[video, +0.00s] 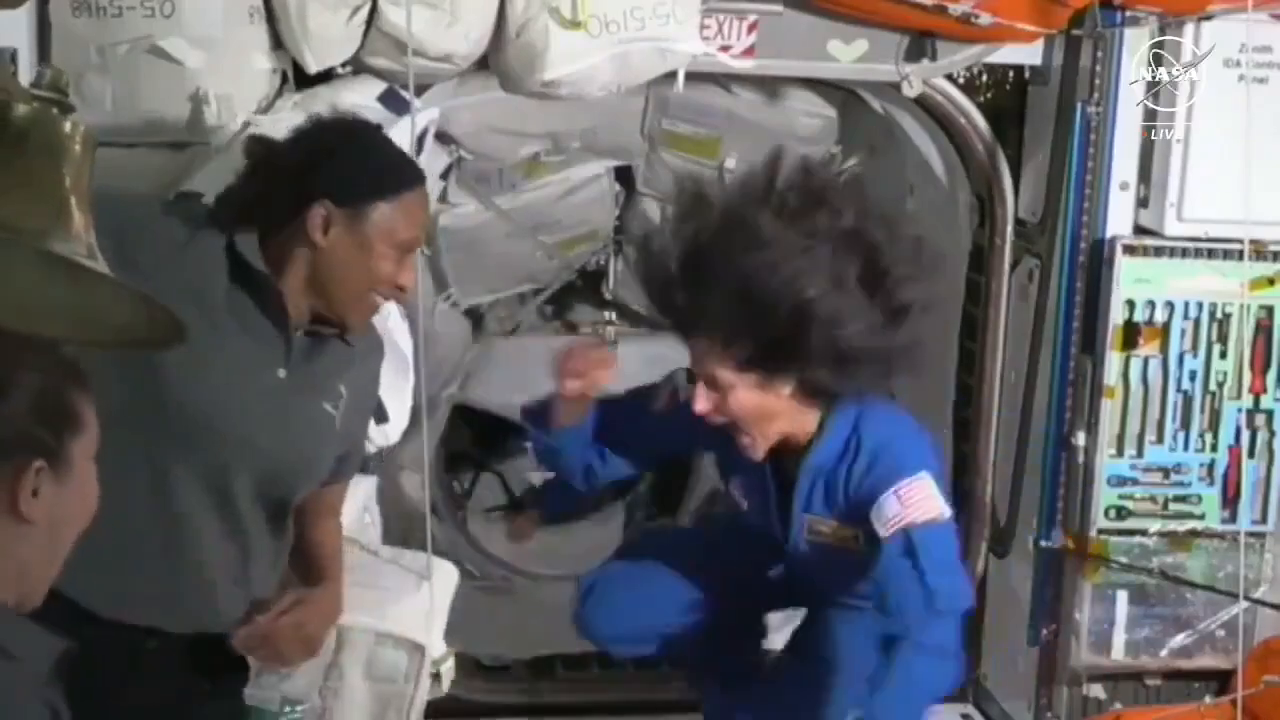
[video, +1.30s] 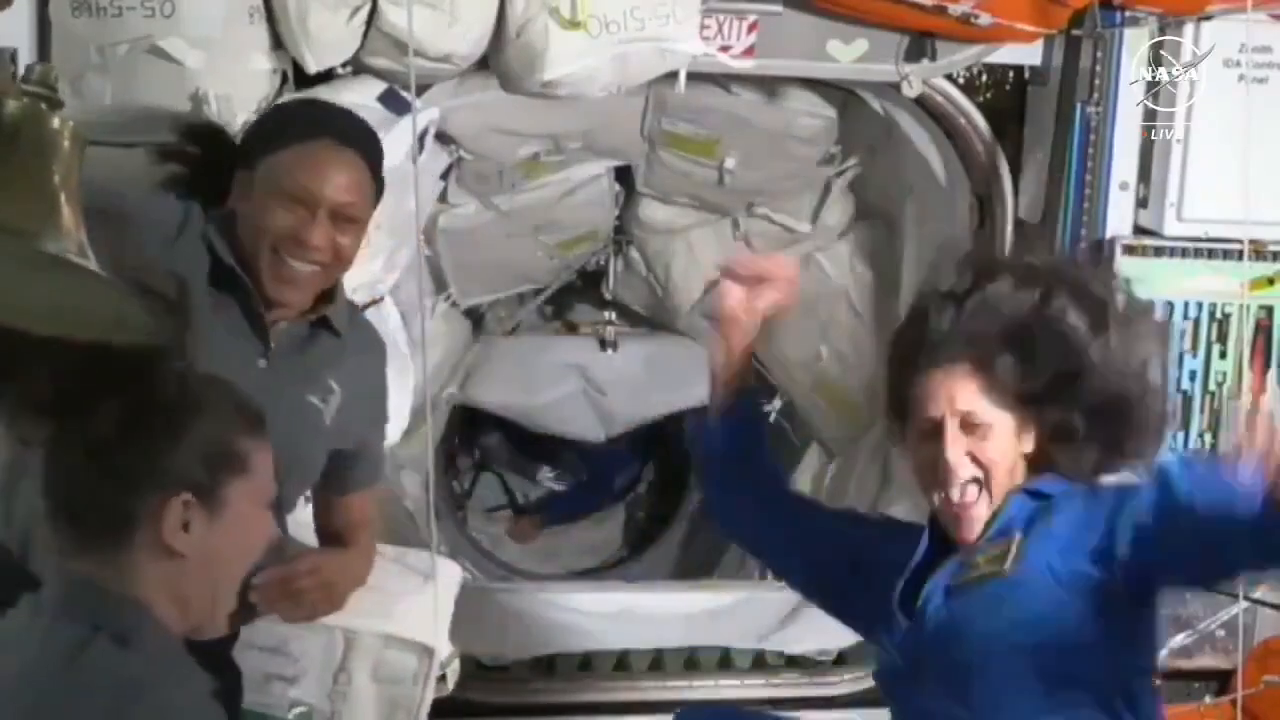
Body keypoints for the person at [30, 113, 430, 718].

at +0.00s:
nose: (407, 284)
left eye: (414, 257)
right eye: (400, 251)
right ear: (322, 225)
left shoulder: (354, 361)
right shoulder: (145, 248)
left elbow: (320, 509)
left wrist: (325, 596)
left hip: (203, 670)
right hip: (55, 638)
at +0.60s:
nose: (367, 263)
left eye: (380, 240)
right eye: (349, 231)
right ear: (262, 205)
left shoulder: (346, 342)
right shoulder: (139, 248)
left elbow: (326, 500)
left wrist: (365, 559)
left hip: (223, 664)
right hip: (86, 645)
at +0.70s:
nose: (322, 247)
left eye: (351, 229)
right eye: (304, 211)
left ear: (370, 239)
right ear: (246, 192)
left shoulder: (349, 345)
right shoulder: (145, 250)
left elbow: (332, 503)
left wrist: (363, 554)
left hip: (222, 654)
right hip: (85, 634)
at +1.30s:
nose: (315, 240)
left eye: (344, 222)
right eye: (295, 205)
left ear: (365, 235)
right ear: (240, 192)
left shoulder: (356, 353)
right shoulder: (163, 239)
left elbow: (351, 517)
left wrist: (349, 566)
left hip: (216, 622)